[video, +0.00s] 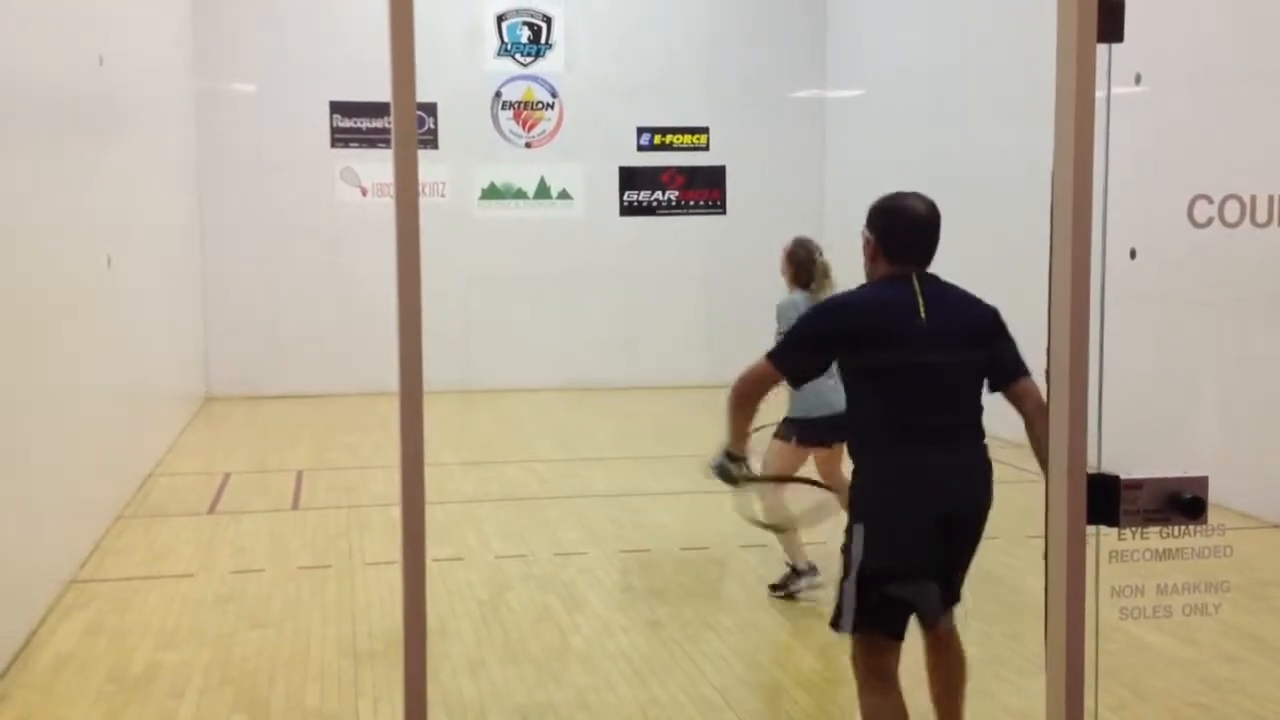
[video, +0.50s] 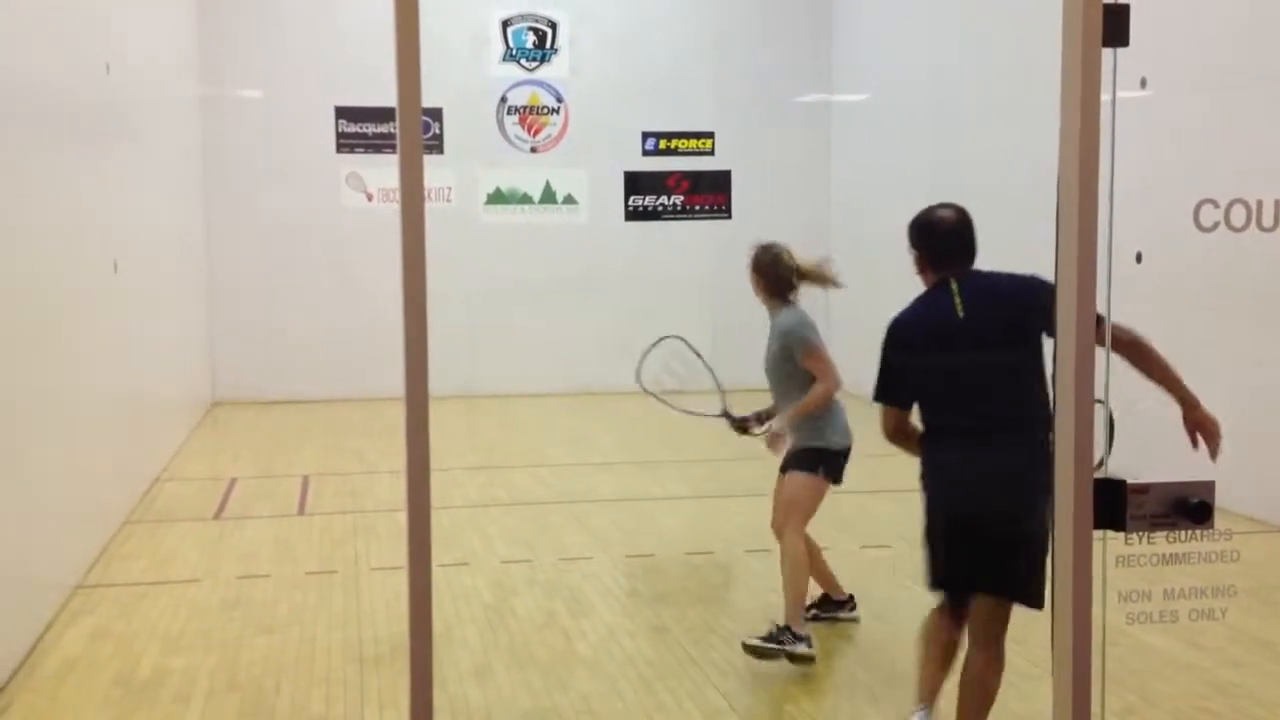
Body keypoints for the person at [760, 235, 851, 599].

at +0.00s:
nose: (781, 267)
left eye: (784, 262)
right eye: (784, 261)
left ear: (790, 267)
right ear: (819, 265)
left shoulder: (789, 306)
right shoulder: (836, 300)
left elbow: (789, 362)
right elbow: (845, 352)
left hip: (808, 410)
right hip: (842, 404)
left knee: (771, 487)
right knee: (833, 476)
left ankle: (800, 566)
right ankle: (873, 527)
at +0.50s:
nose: (751, 282)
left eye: (753, 275)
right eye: (753, 275)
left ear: (761, 281)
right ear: (786, 278)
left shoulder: (793, 326)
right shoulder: (782, 323)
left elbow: (829, 381)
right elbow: (797, 390)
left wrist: (786, 422)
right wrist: (761, 417)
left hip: (821, 441)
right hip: (806, 439)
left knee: (788, 526)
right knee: (785, 525)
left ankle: (794, 631)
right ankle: (836, 596)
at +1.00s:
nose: (721, 249)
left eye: (725, 241)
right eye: (723, 240)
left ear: (735, 248)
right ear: (757, 249)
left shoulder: (762, 302)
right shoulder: (742, 307)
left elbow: (721, 371)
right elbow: (756, 395)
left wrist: (651, 365)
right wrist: (710, 411)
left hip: (776, 471)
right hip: (731, 468)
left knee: (770, 586)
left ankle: (814, 651)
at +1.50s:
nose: (716, 288)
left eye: (722, 280)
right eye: (722, 280)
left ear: (737, 295)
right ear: (743, 300)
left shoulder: (782, 367)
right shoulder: (701, 373)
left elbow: (854, 440)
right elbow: (638, 442)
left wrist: (855, 510)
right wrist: (609, 391)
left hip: (759, 568)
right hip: (697, 565)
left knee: (755, 712)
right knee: (666, 692)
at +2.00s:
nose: (642, 276)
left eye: (653, 268)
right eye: (649, 265)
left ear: (676, 284)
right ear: (678, 288)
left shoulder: (721, 365)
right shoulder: (624, 344)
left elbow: (662, 415)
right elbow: (588, 326)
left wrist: (543, 407)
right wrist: (647, 282)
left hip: (684, 572)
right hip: (605, 561)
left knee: (709, 711)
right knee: (507, 685)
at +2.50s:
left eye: (601, 324)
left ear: (603, 332)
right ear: (662, 322)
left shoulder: (581, 402)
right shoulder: (708, 384)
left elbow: (540, 513)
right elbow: (787, 459)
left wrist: (517, 578)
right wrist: (852, 503)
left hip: (613, 613)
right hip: (690, 607)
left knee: (589, 711)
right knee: (613, 691)